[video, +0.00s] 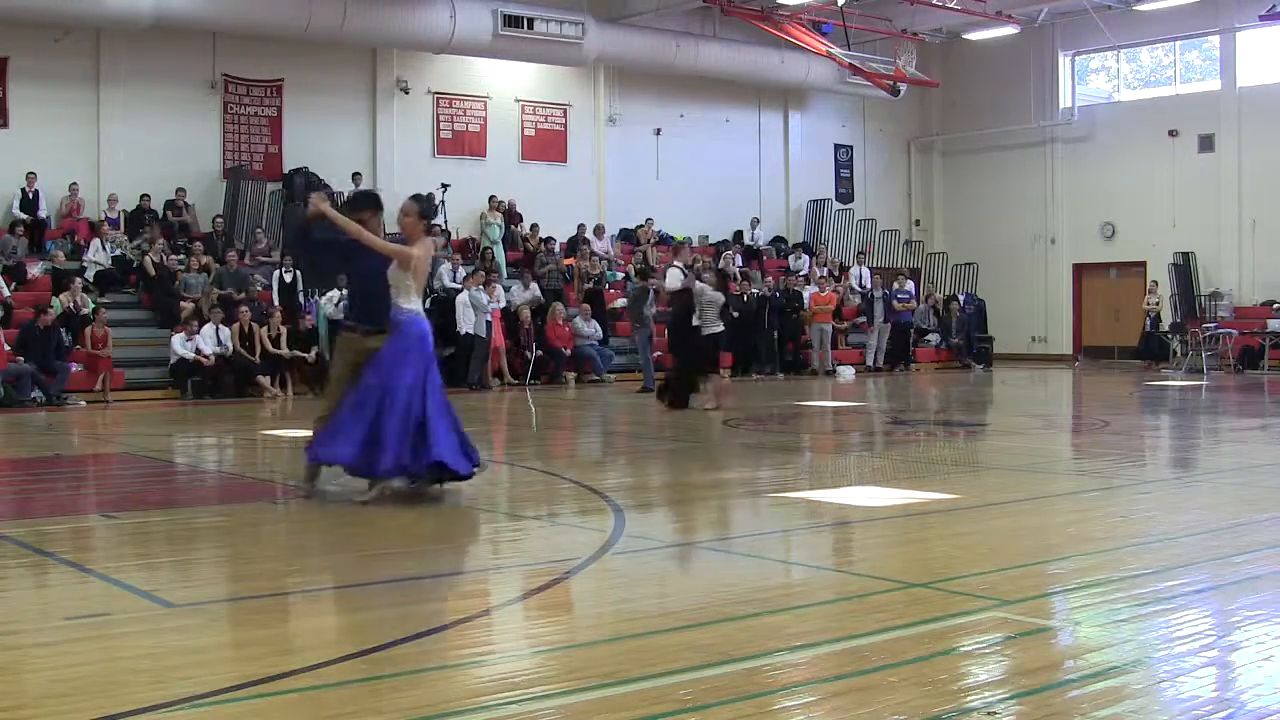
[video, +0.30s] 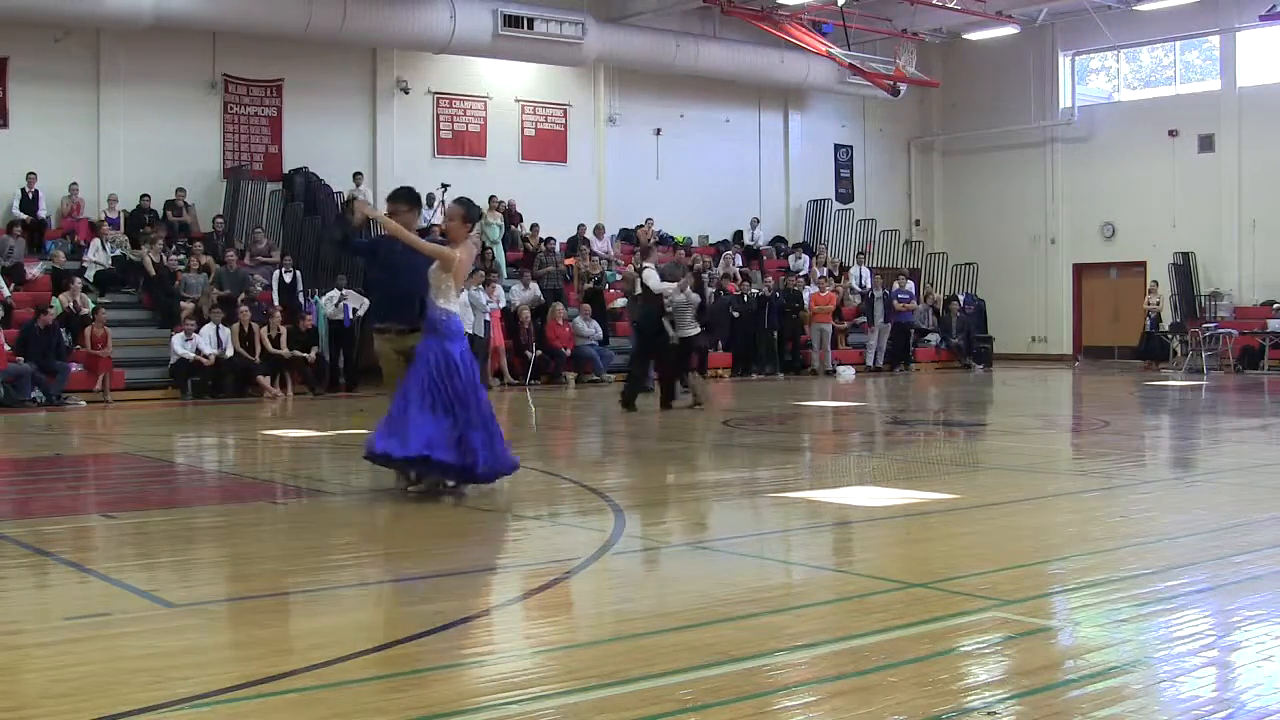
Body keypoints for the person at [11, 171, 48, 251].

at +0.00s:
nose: (31, 180)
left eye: (33, 178)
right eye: (29, 178)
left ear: (36, 180)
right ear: (26, 180)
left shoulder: (39, 193)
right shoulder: (20, 192)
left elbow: (42, 208)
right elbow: (15, 209)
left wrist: (41, 216)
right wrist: (25, 217)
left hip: (36, 216)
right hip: (24, 216)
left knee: (42, 223)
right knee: (33, 224)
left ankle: (40, 247)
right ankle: (31, 247)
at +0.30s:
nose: (31, 181)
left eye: (33, 179)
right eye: (29, 179)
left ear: (36, 180)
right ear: (26, 180)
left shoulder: (39, 193)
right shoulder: (20, 192)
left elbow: (42, 209)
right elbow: (14, 210)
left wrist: (41, 217)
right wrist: (25, 217)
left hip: (36, 218)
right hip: (24, 218)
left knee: (42, 223)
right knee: (33, 224)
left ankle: (39, 249)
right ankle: (31, 249)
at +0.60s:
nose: (31, 181)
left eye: (33, 179)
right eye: (29, 179)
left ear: (36, 180)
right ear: (26, 180)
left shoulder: (39, 193)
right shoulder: (19, 192)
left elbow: (42, 209)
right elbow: (14, 209)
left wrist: (41, 216)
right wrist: (25, 217)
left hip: (36, 217)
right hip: (24, 218)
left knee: (42, 223)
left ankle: (39, 248)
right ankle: (31, 248)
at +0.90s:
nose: (32, 181)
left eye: (34, 179)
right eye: (30, 179)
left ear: (36, 181)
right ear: (26, 180)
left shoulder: (39, 193)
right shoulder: (19, 192)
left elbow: (42, 208)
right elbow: (14, 209)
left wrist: (41, 216)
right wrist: (25, 217)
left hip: (35, 217)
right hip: (24, 217)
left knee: (42, 223)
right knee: (33, 225)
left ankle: (38, 248)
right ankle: (32, 248)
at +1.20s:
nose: (32, 181)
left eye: (34, 179)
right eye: (30, 179)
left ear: (36, 181)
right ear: (26, 180)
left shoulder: (39, 193)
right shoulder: (19, 192)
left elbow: (42, 208)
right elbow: (14, 209)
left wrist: (41, 216)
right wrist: (25, 217)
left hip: (35, 217)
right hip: (24, 217)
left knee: (42, 223)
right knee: (33, 225)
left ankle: (38, 248)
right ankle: (32, 248)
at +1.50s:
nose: (34, 182)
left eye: (35, 180)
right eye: (32, 180)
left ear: (36, 181)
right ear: (27, 179)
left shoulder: (39, 193)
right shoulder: (19, 192)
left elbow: (42, 209)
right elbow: (15, 209)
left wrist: (39, 216)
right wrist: (25, 217)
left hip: (36, 217)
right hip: (24, 218)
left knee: (42, 223)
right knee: (34, 225)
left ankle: (40, 249)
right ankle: (32, 249)